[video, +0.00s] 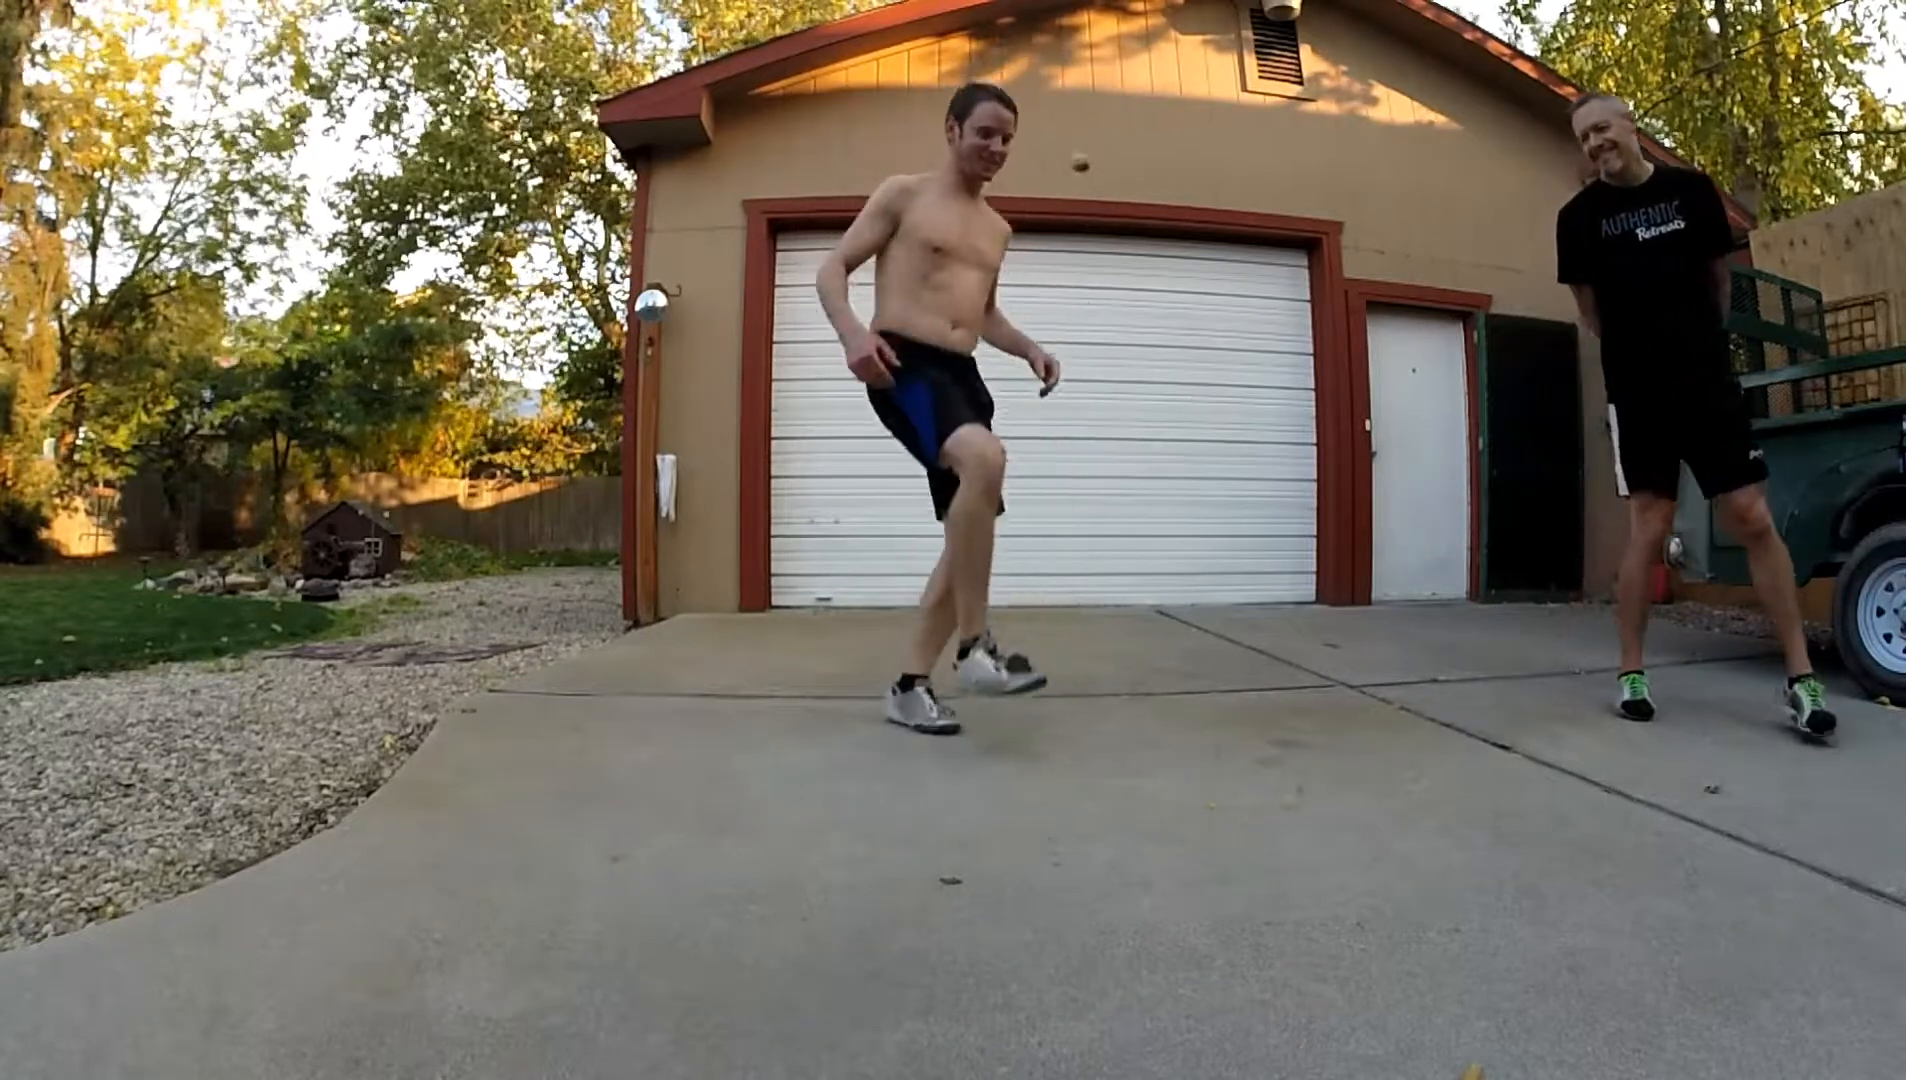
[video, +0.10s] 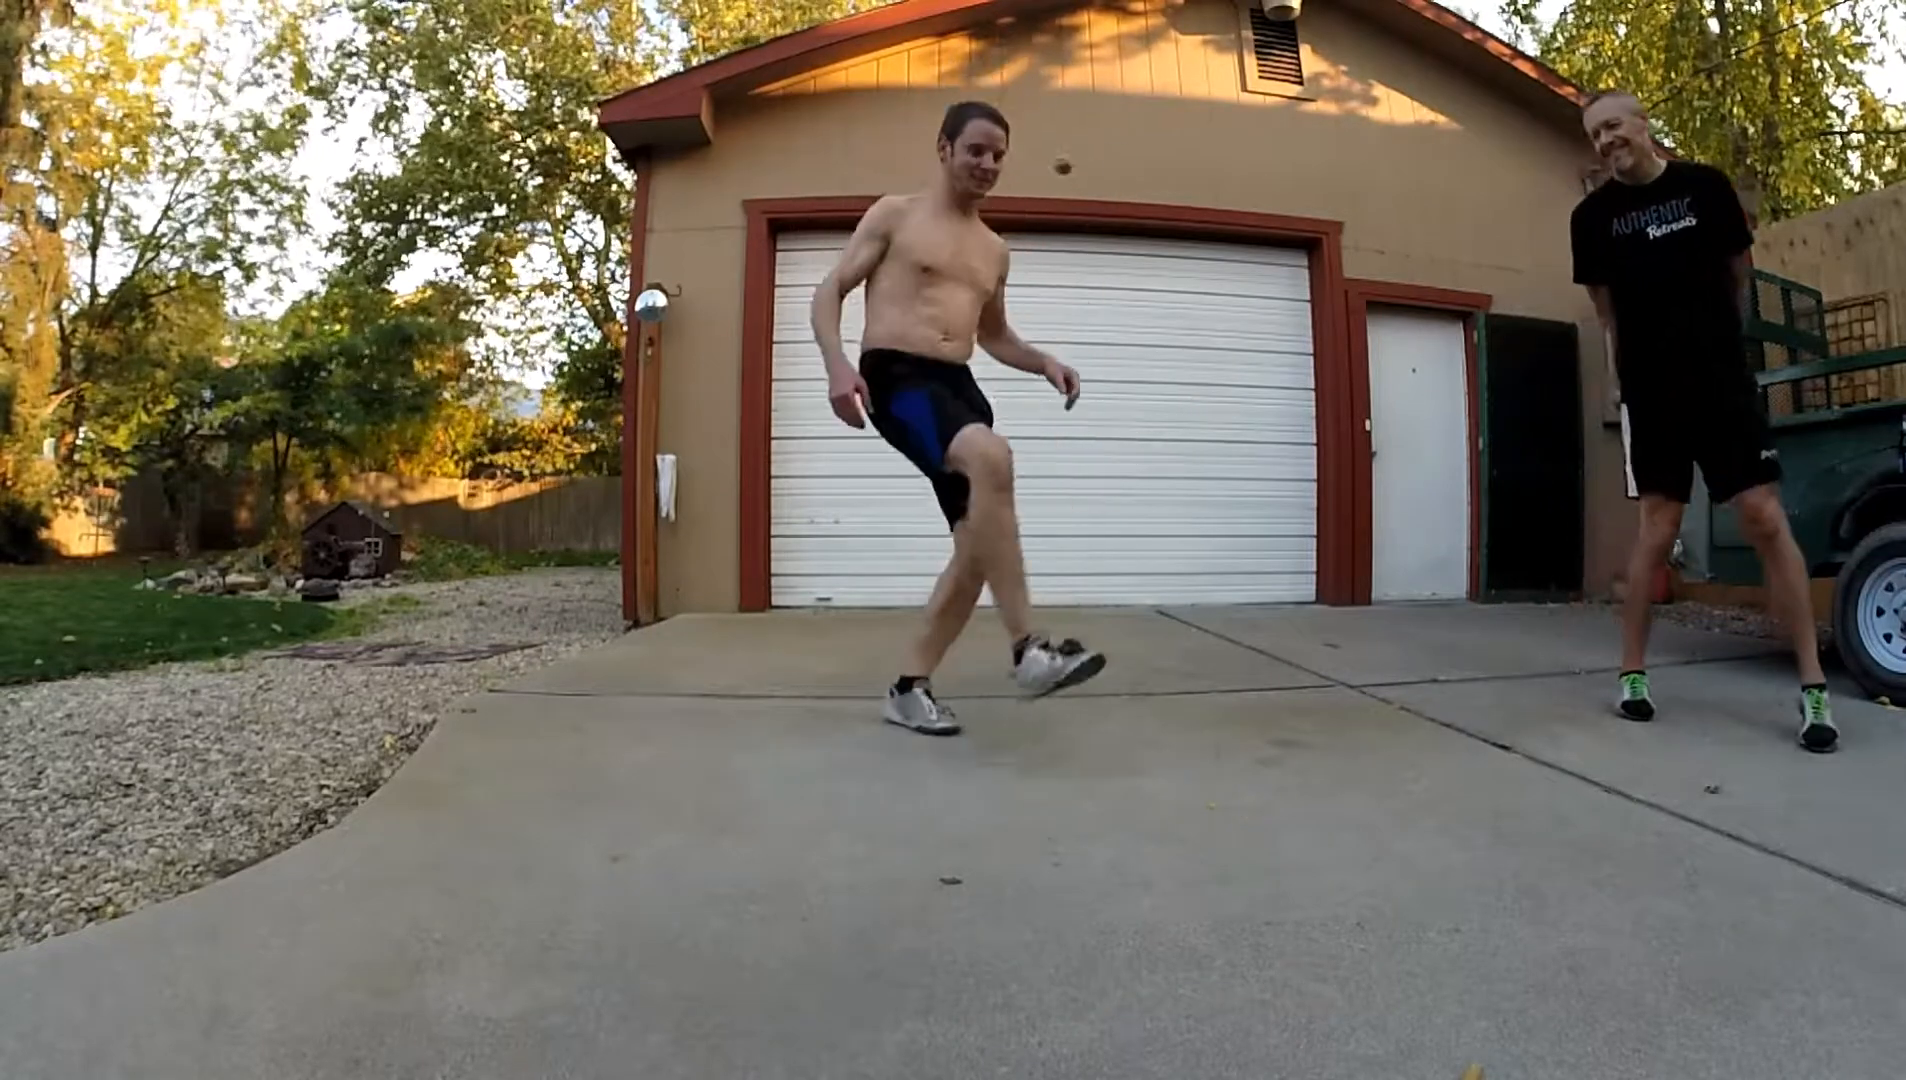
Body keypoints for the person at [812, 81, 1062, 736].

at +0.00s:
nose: (998, 147)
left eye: (1007, 138)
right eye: (987, 133)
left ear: (1012, 144)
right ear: (954, 132)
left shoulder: (997, 229)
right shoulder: (904, 193)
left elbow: (984, 314)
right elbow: (831, 272)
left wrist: (1031, 350)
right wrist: (854, 335)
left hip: (961, 373)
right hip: (901, 360)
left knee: (977, 522)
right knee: (985, 458)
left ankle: (912, 685)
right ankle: (974, 645)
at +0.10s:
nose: (987, 164)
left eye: (997, 156)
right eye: (977, 150)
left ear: (1004, 164)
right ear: (944, 149)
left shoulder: (993, 249)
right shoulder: (895, 213)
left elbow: (994, 333)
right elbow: (827, 294)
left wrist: (1045, 362)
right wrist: (837, 369)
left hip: (960, 383)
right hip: (897, 375)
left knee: (977, 544)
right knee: (991, 458)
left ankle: (911, 686)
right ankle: (1026, 649)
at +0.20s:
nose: (992, 155)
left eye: (1002, 145)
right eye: (981, 140)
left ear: (1009, 152)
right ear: (949, 137)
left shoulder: (1001, 235)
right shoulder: (896, 200)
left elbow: (1012, 313)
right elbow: (816, 273)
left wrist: (1054, 337)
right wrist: (832, 342)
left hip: (945, 373)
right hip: (884, 357)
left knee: (960, 533)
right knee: (994, 362)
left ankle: (909, 686)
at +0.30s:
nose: (998, 127)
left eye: (1009, 119)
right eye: (988, 112)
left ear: (1016, 126)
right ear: (956, 109)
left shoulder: (1004, 203)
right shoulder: (901, 171)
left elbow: (1010, 280)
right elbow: (817, 237)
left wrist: (1039, 303)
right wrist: (839, 296)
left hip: (947, 362)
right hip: (886, 340)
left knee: (951, 510)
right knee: (981, 273)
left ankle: (917, 674)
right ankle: (1031, 444)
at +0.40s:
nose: (995, 111)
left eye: (1005, 102)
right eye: (984, 97)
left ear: (1012, 112)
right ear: (952, 98)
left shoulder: (1000, 191)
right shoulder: (903, 156)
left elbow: (991, 268)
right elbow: (820, 226)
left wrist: (1029, 299)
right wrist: (847, 278)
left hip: (947, 348)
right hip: (882, 325)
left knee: (952, 511)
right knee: (980, 327)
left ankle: (925, 672)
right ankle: (978, 521)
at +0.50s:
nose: (987, 123)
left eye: (997, 115)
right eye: (975, 110)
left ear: (1002, 124)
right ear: (942, 111)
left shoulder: (992, 207)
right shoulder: (896, 173)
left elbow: (980, 291)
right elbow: (820, 251)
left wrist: (1024, 326)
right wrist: (840, 309)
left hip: (952, 358)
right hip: (891, 343)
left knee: (957, 527)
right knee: (964, 432)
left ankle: (908, 687)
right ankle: (958, 631)